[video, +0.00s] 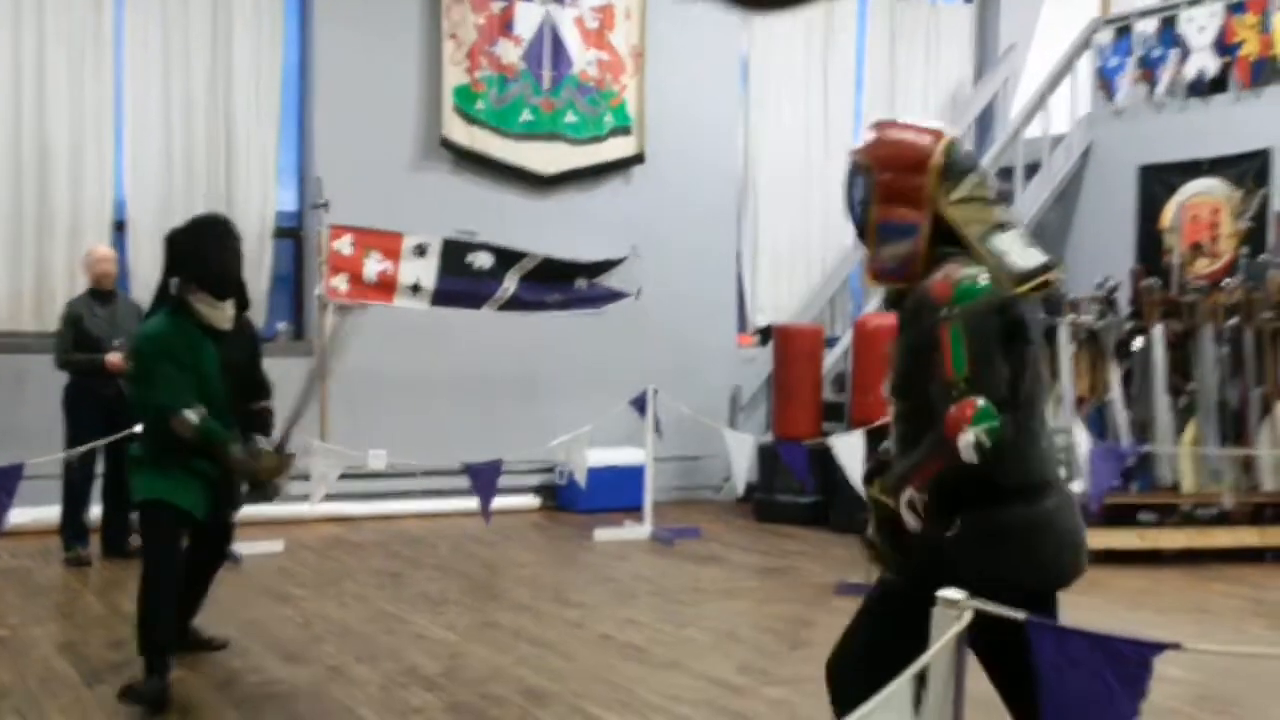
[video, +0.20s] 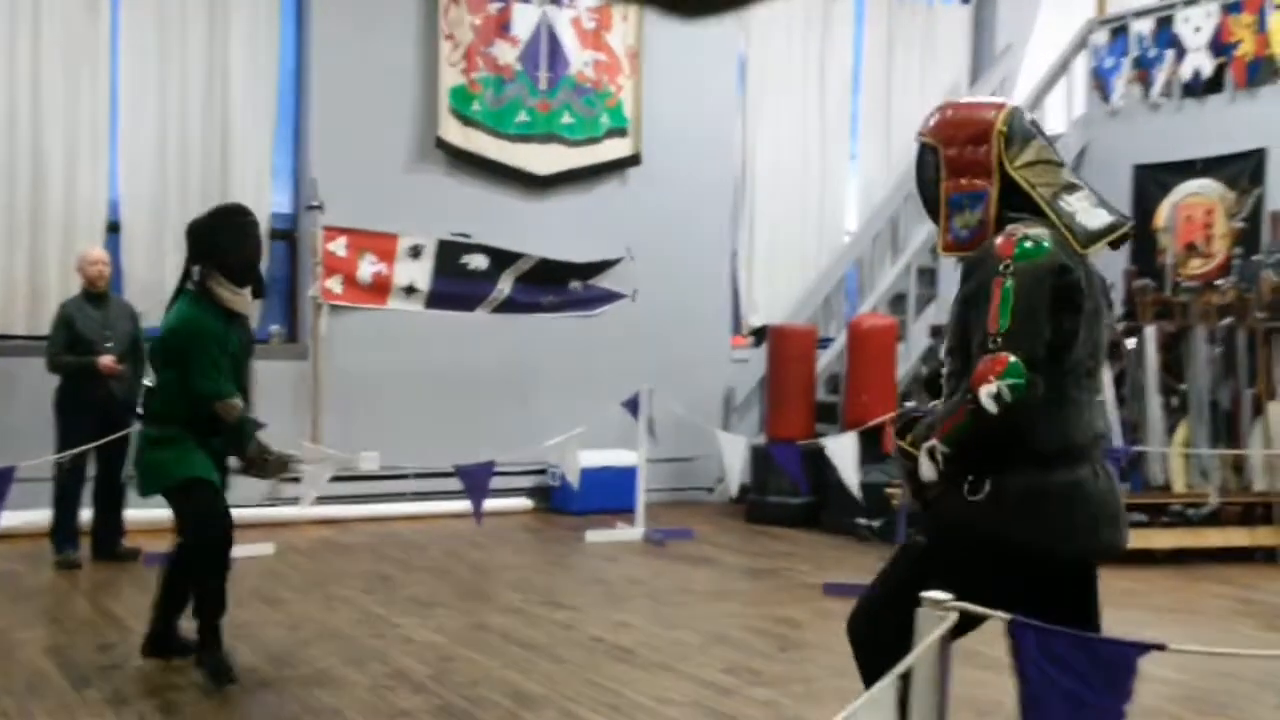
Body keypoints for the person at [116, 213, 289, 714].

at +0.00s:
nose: (229, 269)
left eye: (229, 259)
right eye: (220, 260)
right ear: (199, 268)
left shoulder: (237, 330)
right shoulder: (160, 333)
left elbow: (254, 397)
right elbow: (175, 412)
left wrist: (258, 447)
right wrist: (233, 453)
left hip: (216, 466)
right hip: (164, 465)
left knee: (212, 548)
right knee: (163, 564)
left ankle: (179, 626)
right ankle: (155, 671)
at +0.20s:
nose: (255, 258)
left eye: (255, 248)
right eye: (247, 249)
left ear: (214, 256)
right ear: (223, 256)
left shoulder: (229, 311)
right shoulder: (195, 318)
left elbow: (228, 390)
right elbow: (217, 395)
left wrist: (246, 444)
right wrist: (250, 443)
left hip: (204, 441)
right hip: (173, 441)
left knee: (199, 534)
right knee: (213, 529)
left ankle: (162, 632)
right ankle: (210, 645)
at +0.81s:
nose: (325, 279)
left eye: (322, 269)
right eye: (319, 270)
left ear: (278, 275)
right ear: (303, 277)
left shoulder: (274, 329)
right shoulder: (276, 340)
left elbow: (281, 417)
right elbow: (288, 422)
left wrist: (313, 464)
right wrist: (326, 477)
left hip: (242, 465)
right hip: (251, 468)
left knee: (197, 544)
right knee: (311, 536)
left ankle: (114, 614)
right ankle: (319, 642)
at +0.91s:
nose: (356, 275)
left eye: (354, 265)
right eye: (349, 265)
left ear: (315, 272)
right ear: (328, 271)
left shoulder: (330, 328)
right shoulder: (300, 334)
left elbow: (338, 398)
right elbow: (321, 413)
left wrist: (359, 451)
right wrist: (357, 468)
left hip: (292, 455)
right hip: (277, 455)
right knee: (333, 539)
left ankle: (173, 585)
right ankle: (320, 644)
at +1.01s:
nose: (385, 262)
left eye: (383, 254)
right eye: (377, 254)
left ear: (353, 264)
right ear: (355, 262)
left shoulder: (367, 317)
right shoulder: (323, 327)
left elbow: (379, 382)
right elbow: (345, 405)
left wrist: (396, 433)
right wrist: (377, 459)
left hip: (342, 445)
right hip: (308, 445)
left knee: (348, 536)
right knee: (342, 538)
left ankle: (265, 579)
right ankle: (319, 643)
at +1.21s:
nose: (439, 266)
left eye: (439, 258)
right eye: (432, 258)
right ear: (411, 265)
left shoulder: (438, 327)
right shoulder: (375, 329)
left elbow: (450, 390)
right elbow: (382, 403)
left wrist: (450, 444)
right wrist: (409, 456)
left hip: (420, 450)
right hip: (374, 451)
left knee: (465, 521)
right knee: (378, 533)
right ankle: (326, 637)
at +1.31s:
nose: (466, 277)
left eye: (467, 268)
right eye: (457, 270)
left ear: (468, 277)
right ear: (435, 277)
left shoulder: (476, 329)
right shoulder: (409, 334)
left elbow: (487, 388)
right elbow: (412, 406)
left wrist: (479, 438)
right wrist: (431, 464)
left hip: (462, 454)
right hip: (414, 458)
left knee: (509, 535)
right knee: (388, 544)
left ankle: (538, 617)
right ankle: (332, 634)